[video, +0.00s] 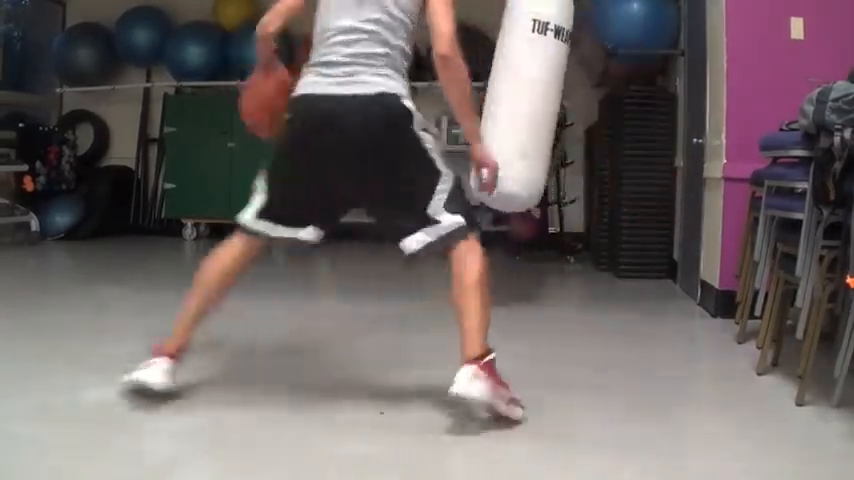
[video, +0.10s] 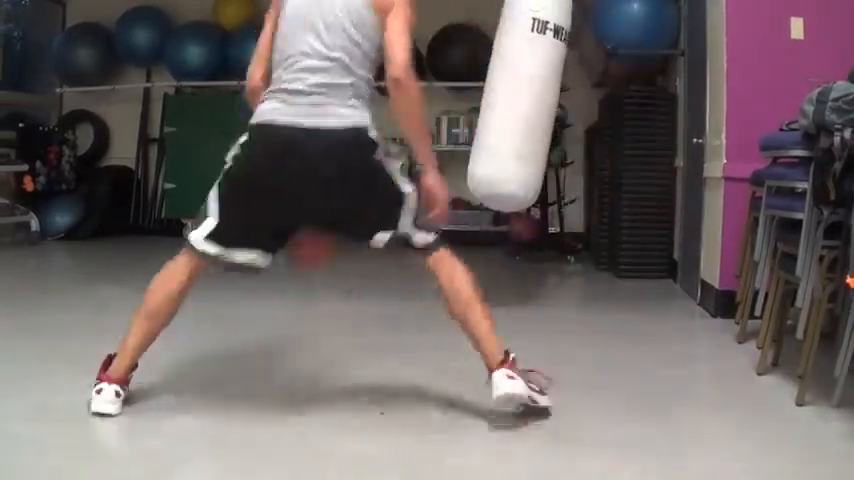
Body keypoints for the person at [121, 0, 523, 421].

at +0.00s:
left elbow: (269, 27)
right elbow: (445, 50)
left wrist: (267, 76)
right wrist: (475, 141)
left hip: (310, 111)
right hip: (383, 114)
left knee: (247, 237)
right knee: (463, 241)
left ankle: (165, 356)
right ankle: (476, 368)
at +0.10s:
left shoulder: (285, 4)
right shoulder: (391, 3)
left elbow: (255, 84)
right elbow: (399, 75)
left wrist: (288, 138)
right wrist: (428, 167)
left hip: (268, 149)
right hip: (346, 152)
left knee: (193, 256)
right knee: (436, 249)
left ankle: (114, 377)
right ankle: (502, 370)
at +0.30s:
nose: (398, 14)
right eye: (396, 11)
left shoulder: (303, 11)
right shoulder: (381, 6)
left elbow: (287, 92)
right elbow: (346, 63)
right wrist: (377, 148)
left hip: (260, 165)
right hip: (325, 159)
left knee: (206, 276)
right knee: (452, 247)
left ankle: (116, 378)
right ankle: (500, 391)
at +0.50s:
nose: (420, 14)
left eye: (416, 13)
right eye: (418, 9)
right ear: (418, 1)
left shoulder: (364, 20)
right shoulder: (404, 6)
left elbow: (331, 88)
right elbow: (353, 19)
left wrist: (296, 163)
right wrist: (374, 87)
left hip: (317, 138)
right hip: (347, 134)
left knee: (296, 268)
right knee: (488, 239)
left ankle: (172, 328)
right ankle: (514, 397)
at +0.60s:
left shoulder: (371, 9)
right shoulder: (437, 6)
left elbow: (323, 73)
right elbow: (391, 67)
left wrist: (286, 157)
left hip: (318, 139)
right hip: (370, 139)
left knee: (326, 246)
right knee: (500, 240)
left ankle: (236, 331)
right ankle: (517, 397)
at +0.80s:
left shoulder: (326, 4)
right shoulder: (409, 2)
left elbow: (274, 63)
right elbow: (398, 54)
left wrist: (229, 132)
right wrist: (409, 143)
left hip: (309, 136)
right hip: (352, 133)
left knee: (349, 239)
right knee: (450, 248)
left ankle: (294, 343)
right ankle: (504, 393)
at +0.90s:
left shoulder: (303, 0)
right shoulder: (380, 1)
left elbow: (250, 26)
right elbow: (389, 31)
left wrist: (218, 91)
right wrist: (411, 109)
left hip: (293, 104)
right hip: (333, 102)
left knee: (328, 228)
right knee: (398, 232)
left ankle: (292, 342)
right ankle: (428, 375)